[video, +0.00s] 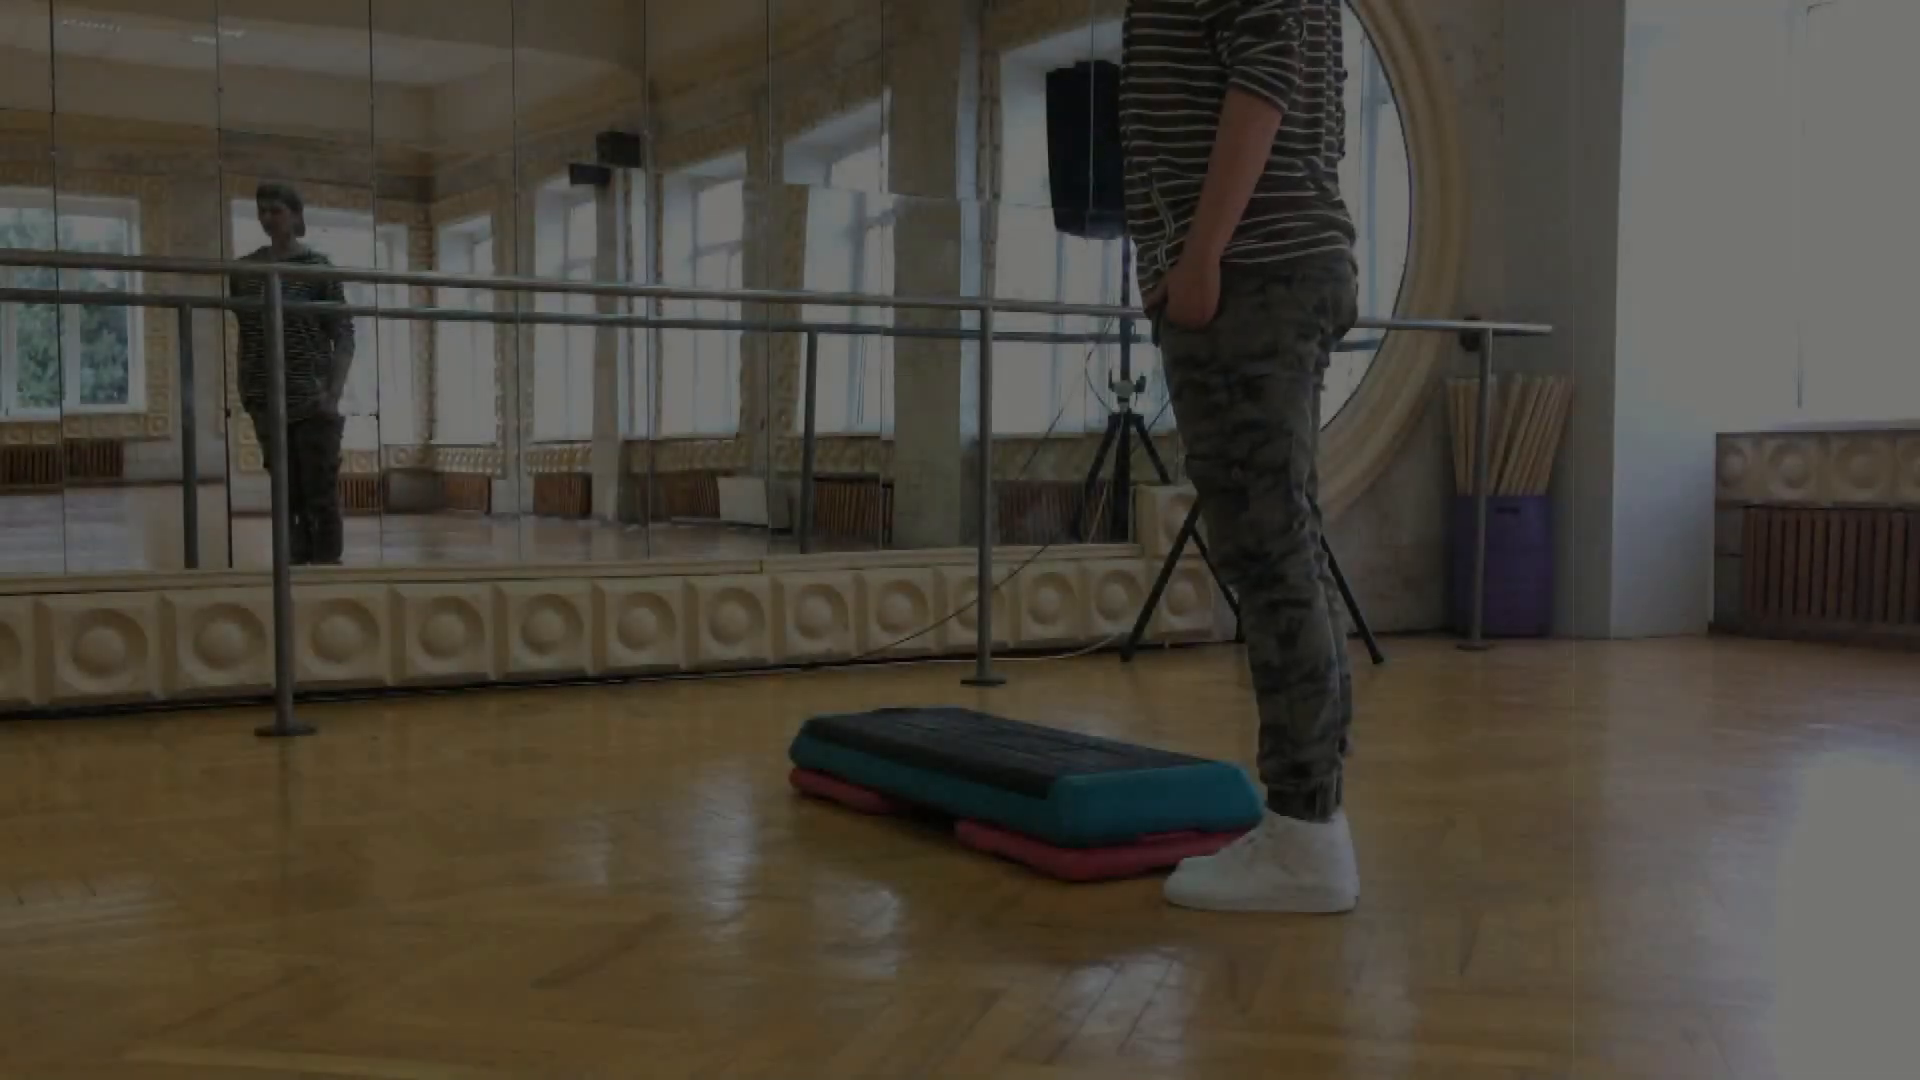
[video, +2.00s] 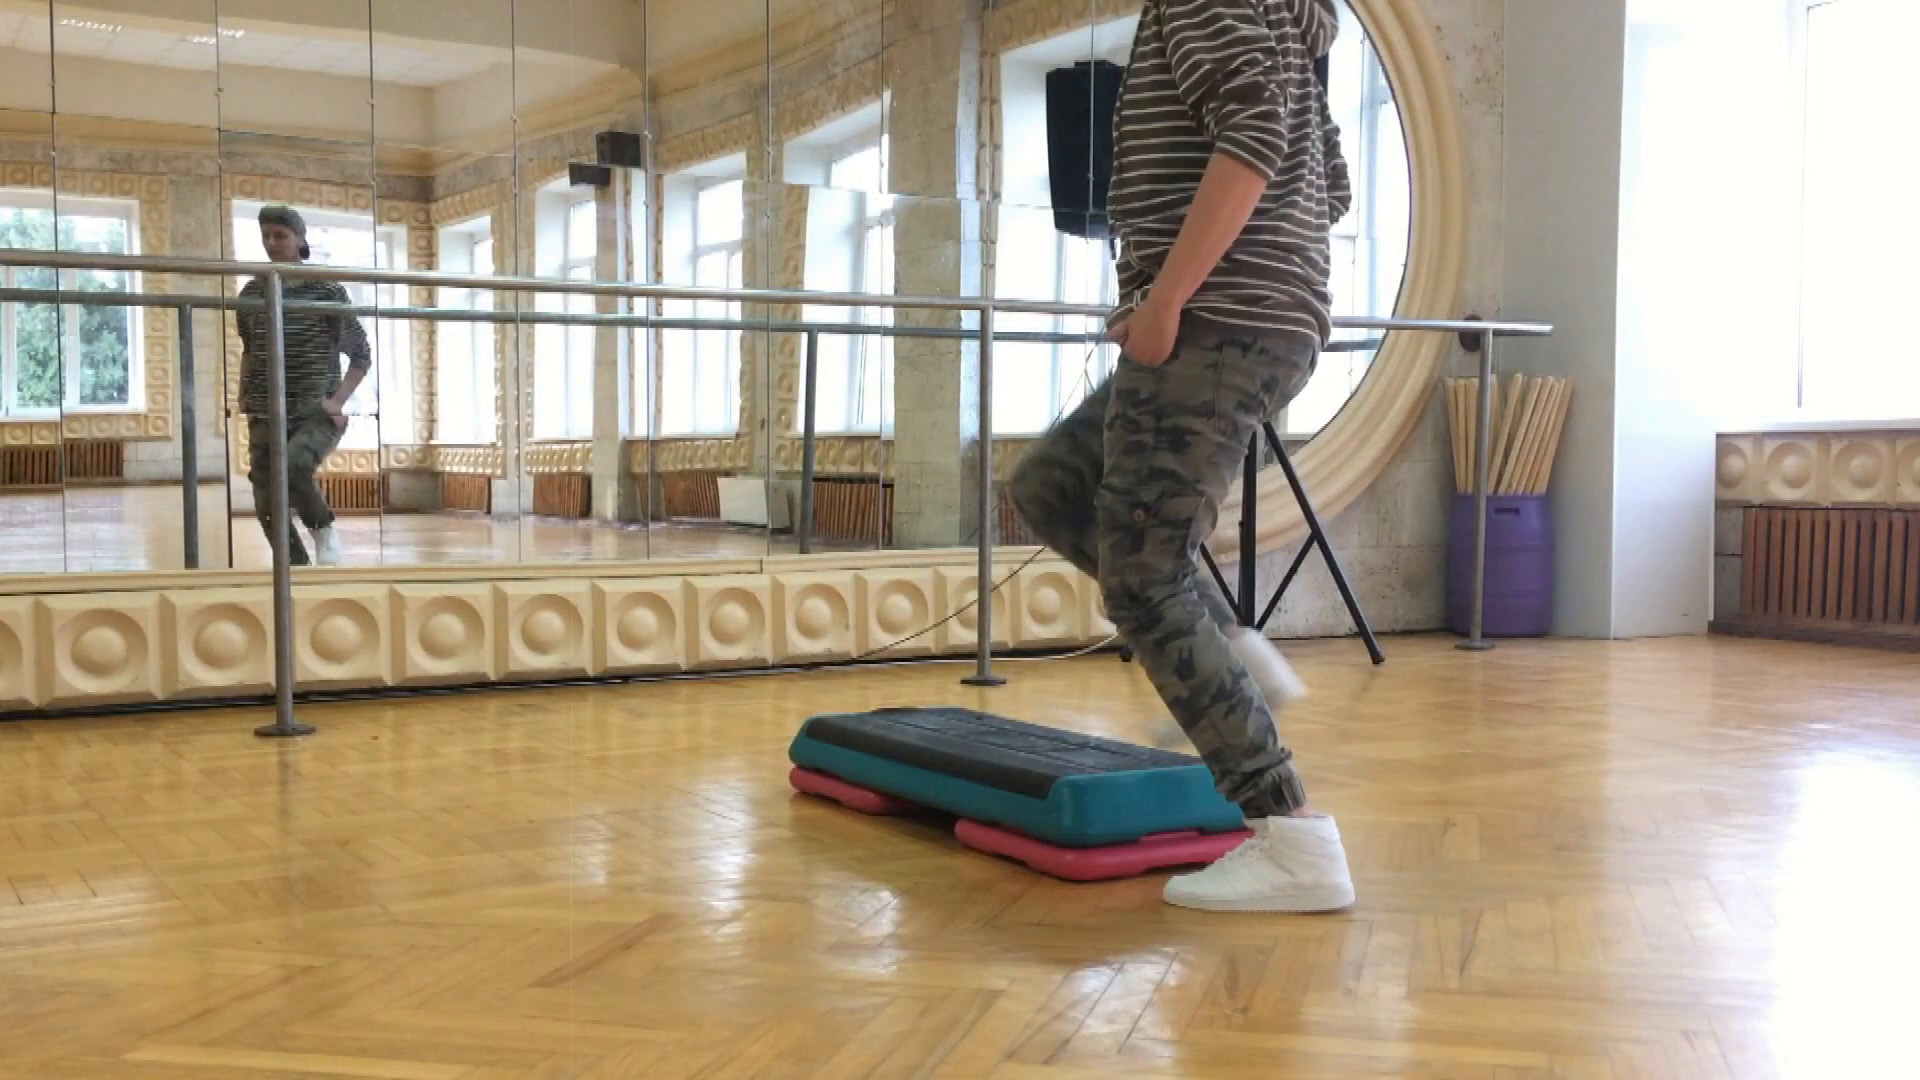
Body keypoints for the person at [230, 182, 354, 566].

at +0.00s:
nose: (268, 219)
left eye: (276, 211)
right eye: (263, 212)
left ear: (296, 216)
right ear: (258, 219)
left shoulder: (318, 266)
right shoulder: (244, 269)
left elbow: (344, 332)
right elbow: (246, 334)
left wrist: (332, 392)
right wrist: (247, 391)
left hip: (314, 397)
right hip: (265, 400)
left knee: (318, 488)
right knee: (285, 488)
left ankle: (326, 569)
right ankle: (296, 567)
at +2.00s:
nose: (272, 244)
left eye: (280, 236)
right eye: (267, 237)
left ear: (301, 240)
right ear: (262, 241)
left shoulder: (325, 291)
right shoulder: (251, 292)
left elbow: (361, 355)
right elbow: (249, 349)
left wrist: (338, 400)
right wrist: (244, 393)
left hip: (315, 410)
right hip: (264, 414)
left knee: (292, 466)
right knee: (268, 508)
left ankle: (323, 529)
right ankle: (300, 574)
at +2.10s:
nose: (272, 230)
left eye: (280, 223)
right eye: (266, 224)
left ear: (301, 227)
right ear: (262, 230)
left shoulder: (327, 275)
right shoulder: (258, 279)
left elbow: (368, 335)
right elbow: (260, 330)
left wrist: (344, 384)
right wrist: (258, 384)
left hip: (322, 393)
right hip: (275, 397)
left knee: (298, 448)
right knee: (278, 484)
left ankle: (325, 532)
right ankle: (297, 566)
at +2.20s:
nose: (271, 210)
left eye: (278, 203)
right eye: (265, 204)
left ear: (299, 206)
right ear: (262, 211)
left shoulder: (327, 255)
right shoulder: (263, 261)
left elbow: (370, 311)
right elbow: (271, 313)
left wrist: (351, 361)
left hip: (334, 369)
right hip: (292, 373)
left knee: (313, 452)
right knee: (301, 458)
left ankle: (340, 541)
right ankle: (303, 547)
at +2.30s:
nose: (274, 205)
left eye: (281, 198)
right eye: (269, 200)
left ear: (303, 200)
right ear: (267, 207)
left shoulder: (327, 250)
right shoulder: (273, 257)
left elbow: (368, 303)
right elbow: (281, 316)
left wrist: (358, 360)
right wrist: (284, 365)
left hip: (344, 367)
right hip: (304, 370)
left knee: (328, 455)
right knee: (324, 457)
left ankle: (335, 545)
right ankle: (335, 543)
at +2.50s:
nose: (288, 215)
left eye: (296, 207)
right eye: (284, 208)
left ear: (320, 210)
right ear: (284, 215)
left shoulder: (343, 258)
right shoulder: (292, 265)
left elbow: (381, 314)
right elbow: (301, 323)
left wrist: (364, 362)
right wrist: (318, 364)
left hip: (362, 379)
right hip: (329, 381)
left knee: (337, 463)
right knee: (376, 464)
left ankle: (343, 554)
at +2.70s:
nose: (321, 226)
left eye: (329, 218)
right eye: (316, 220)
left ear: (351, 222)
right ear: (313, 225)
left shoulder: (363, 268)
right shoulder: (321, 275)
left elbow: (412, 328)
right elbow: (330, 333)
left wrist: (387, 381)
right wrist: (345, 371)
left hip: (391, 391)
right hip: (362, 395)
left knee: (349, 464)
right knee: (410, 479)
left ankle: (344, 557)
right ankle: (463, 555)